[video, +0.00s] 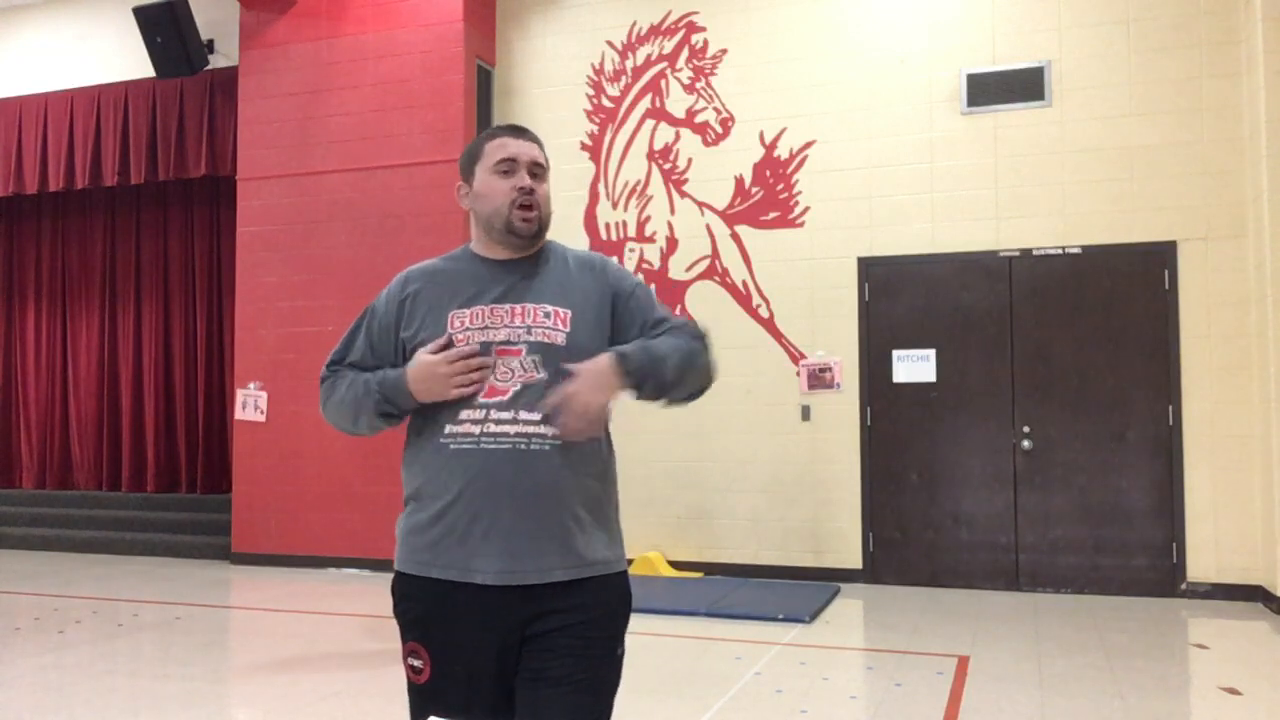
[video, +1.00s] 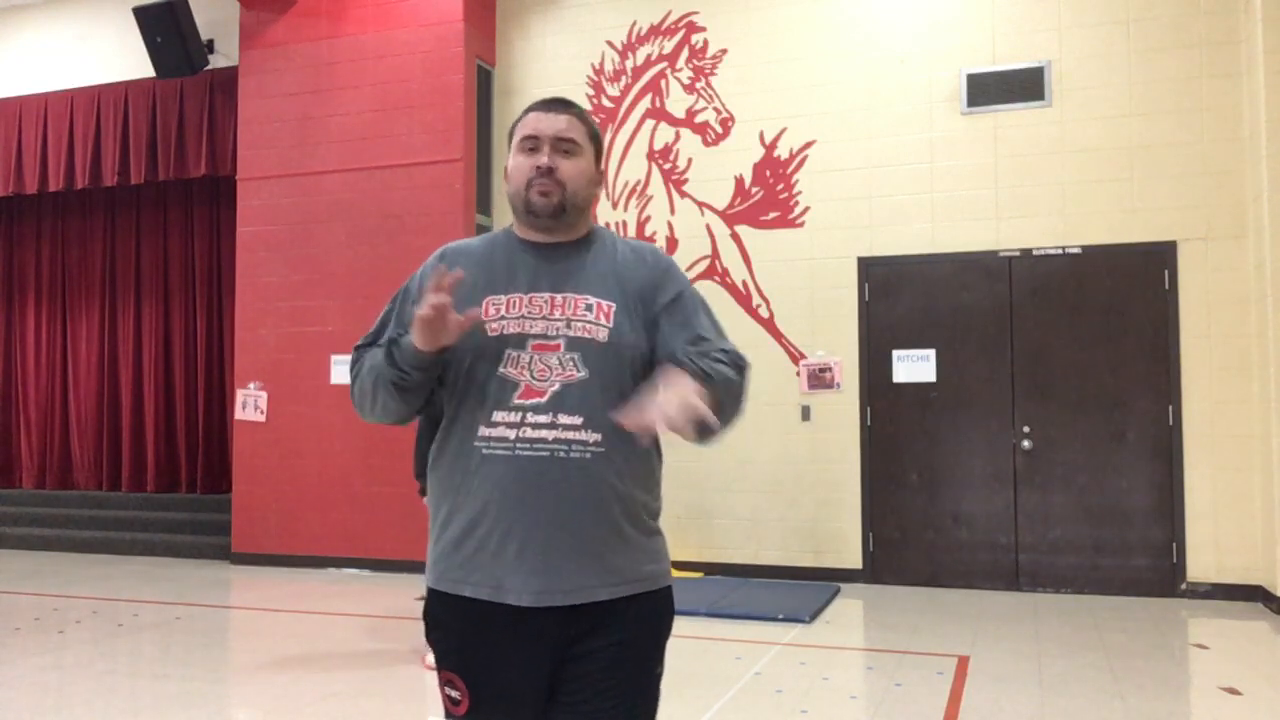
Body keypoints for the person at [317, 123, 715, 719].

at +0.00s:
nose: (527, 183)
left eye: (537, 172)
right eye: (506, 170)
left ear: (550, 192)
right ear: (466, 193)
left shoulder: (602, 283)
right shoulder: (416, 291)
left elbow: (692, 354)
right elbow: (339, 393)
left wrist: (619, 368)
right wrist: (406, 386)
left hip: (578, 580)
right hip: (447, 580)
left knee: (569, 711)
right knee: (454, 714)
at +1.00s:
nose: (545, 161)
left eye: (566, 149)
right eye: (529, 147)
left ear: (597, 177)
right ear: (507, 170)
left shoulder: (647, 271)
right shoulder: (451, 269)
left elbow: (719, 369)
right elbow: (372, 397)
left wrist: (683, 389)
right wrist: (419, 351)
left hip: (617, 590)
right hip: (478, 590)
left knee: (610, 710)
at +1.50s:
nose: (585, 142)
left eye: (608, 130)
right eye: (567, 128)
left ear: (638, 166)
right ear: (537, 156)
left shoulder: (682, 274)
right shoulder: (469, 256)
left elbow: (720, 410)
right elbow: (383, 373)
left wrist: (766, 400)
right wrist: (438, 415)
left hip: (646, 606)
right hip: (495, 604)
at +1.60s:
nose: (592, 145)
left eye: (612, 134)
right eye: (572, 130)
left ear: (637, 168)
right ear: (537, 158)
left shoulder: (682, 277)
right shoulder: (469, 258)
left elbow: (736, 420)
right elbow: (383, 380)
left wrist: (762, 394)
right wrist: (480, 392)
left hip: (650, 608)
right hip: (499, 607)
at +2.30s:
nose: (510, 139)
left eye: (525, 131)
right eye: (488, 124)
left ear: (540, 160)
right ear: (443, 152)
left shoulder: (579, 271)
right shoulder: (385, 259)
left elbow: (622, 404)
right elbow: (304, 392)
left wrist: (683, 455)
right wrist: (427, 387)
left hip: (583, 594)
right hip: (436, 594)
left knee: (593, 711)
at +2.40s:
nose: (493, 144)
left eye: (508, 135)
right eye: (471, 130)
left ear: (523, 162)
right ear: (427, 155)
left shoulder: (558, 273)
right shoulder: (369, 260)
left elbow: (591, 407)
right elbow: (280, 391)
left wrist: (652, 450)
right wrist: (403, 386)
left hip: (557, 595)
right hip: (412, 594)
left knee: (567, 710)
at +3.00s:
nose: (462, 166)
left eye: (471, 152)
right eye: (437, 153)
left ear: (487, 168)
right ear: (393, 176)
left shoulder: (515, 276)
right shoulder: (343, 266)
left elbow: (542, 389)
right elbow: (262, 388)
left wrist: (582, 395)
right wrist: (391, 395)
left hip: (510, 581)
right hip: (381, 582)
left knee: (517, 712)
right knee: (374, 708)